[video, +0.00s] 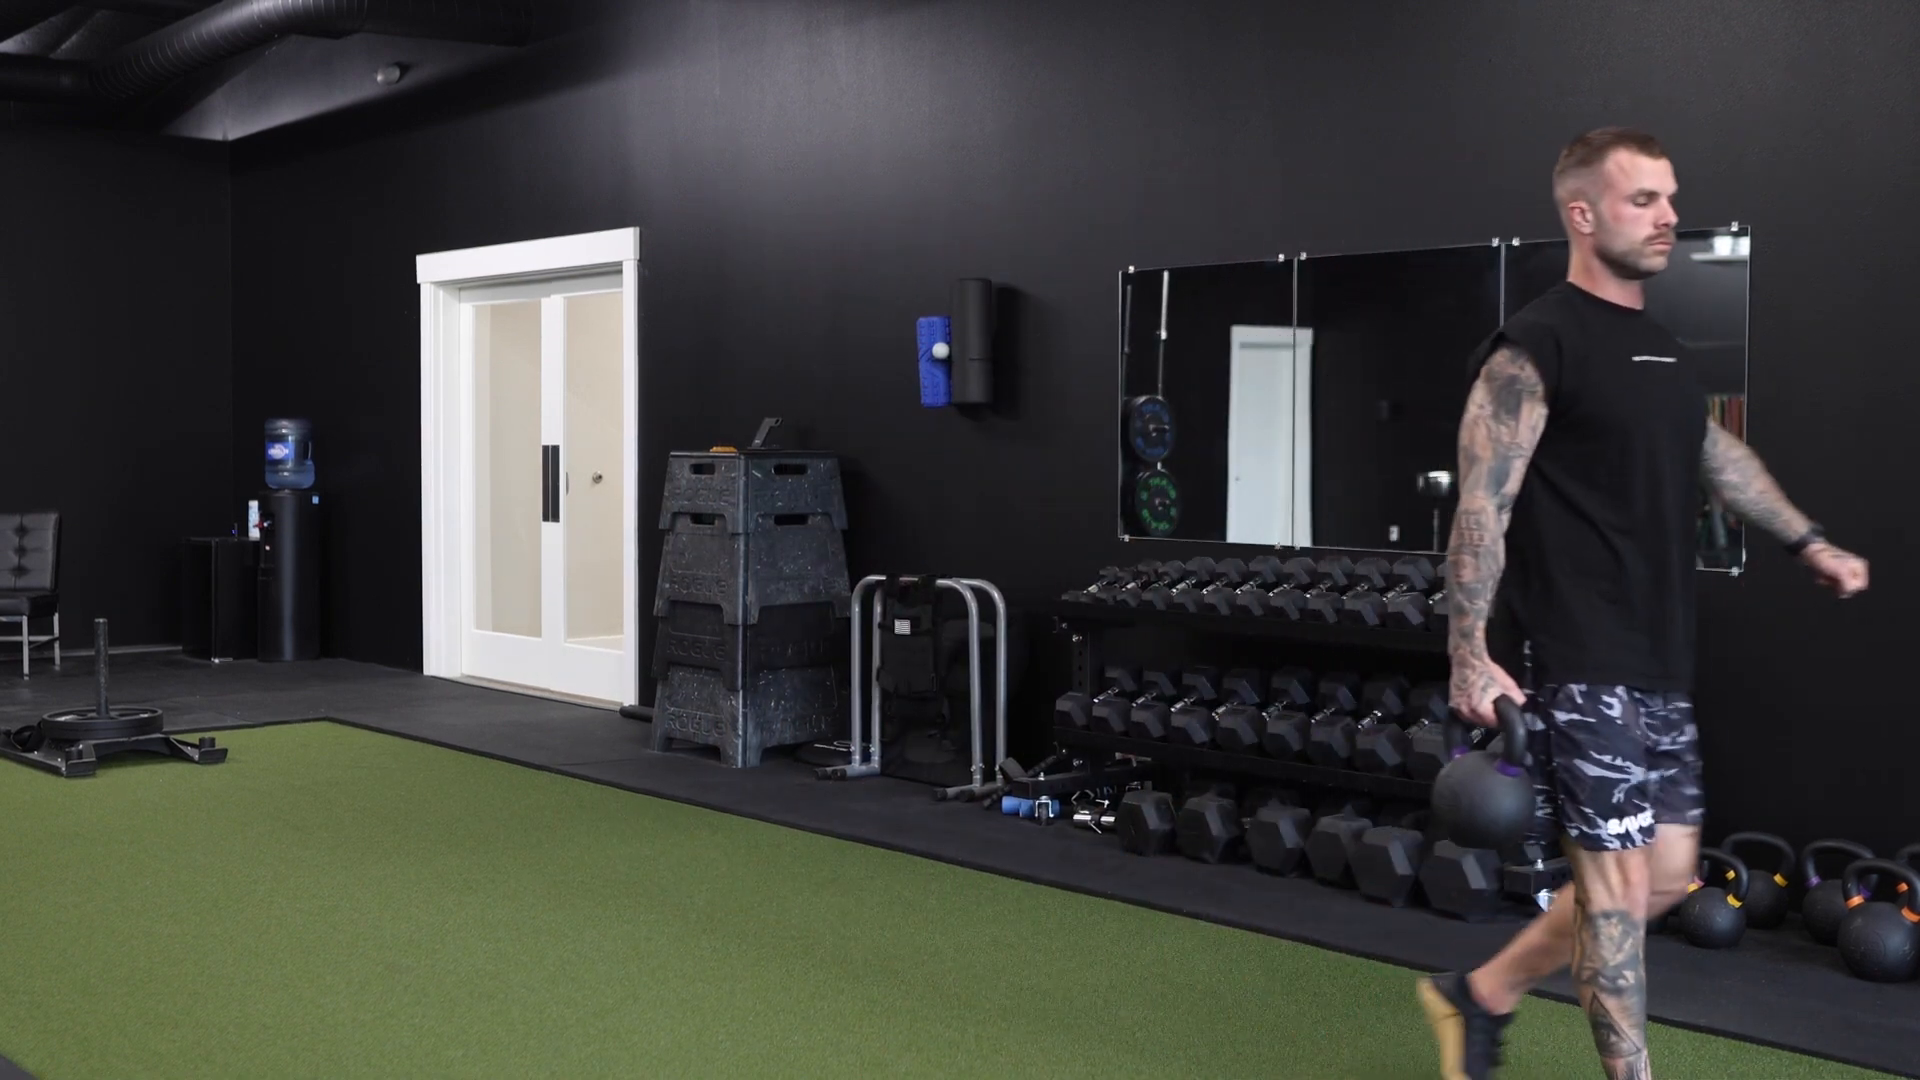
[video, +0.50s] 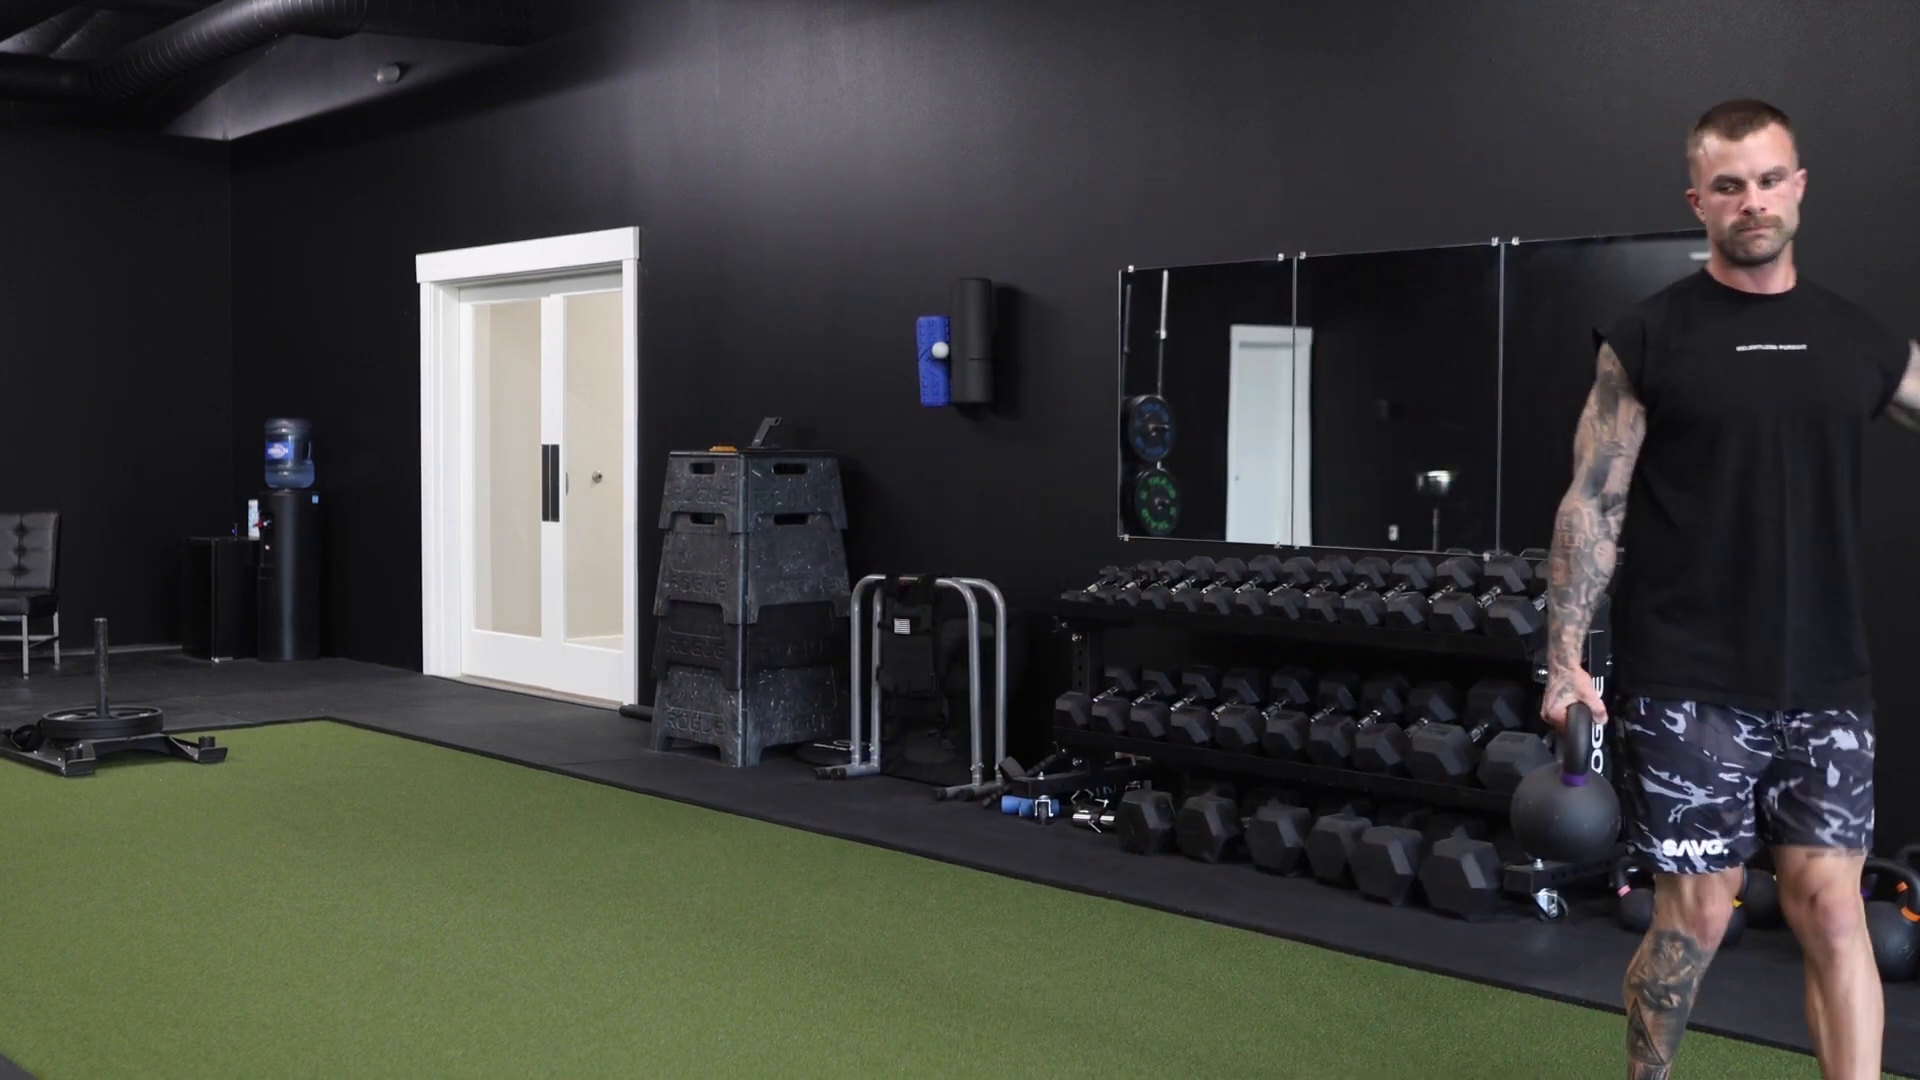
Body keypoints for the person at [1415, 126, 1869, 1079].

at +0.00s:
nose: (1667, 217)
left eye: (1670, 200)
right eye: (1643, 200)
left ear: (1667, 212)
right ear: (1579, 213)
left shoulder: (1653, 344)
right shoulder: (1533, 346)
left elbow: (1718, 454)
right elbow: (1481, 504)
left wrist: (1809, 541)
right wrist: (1467, 647)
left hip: (1659, 654)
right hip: (1577, 657)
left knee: (1670, 866)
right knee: (1613, 879)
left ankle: (1480, 991)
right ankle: (1630, 1072)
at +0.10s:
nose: (1688, 214)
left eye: (1695, 196)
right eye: (1664, 195)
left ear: (1699, 208)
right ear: (1605, 207)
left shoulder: (1702, 348)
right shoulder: (1561, 340)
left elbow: (1771, 447)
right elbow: (1505, 498)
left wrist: (1874, 535)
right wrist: (1493, 645)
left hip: (1704, 655)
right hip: (1605, 657)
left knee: (1748, 872)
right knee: (1632, 893)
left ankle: (1584, 1007)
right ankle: (1636, 1071)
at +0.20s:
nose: (1706, 207)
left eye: (1716, 191)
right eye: (1681, 190)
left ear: (1724, 204)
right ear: (1625, 203)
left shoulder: (1735, 339)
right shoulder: (1581, 337)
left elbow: (1831, 446)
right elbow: (1527, 498)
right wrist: (1513, 645)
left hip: (1742, 658)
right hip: (1631, 664)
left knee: (1799, 876)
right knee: (1647, 897)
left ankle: (1729, 1072)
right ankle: (1640, 1074)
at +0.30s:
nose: (1724, 203)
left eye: (1735, 185)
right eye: (1696, 187)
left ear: (1750, 195)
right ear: (1647, 204)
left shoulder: (1782, 343)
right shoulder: (1600, 338)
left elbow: (1890, 441)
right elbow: (1549, 500)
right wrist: (1533, 650)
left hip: (1772, 664)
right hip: (1651, 670)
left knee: (1825, 891)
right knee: (1663, 900)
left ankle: (1841, 1076)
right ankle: (1644, 1073)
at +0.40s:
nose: (1739, 202)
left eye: (1755, 182)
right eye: (1713, 186)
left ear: (1775, 190)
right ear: (1670, 201)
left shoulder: (1822, 341)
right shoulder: (1622, 340)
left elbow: (1914, 424)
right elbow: (1572, 503)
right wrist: (1548, 653)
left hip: (1799, 669)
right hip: (1667, 674)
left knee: (1838, 901)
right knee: (1678, 910)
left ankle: (1873, 1079)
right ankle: (1646, 1073)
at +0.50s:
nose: (1753, 201)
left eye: (1771, 180)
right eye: (1729, 185)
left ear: (1802, 186)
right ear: (1696, 201)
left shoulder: (1863, 338)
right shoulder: (1647, 338)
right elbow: (1595, 502)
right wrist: (1566, 652)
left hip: (1826, 668)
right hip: (1686, 671)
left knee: (1832, 904)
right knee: (1698, 911)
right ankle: (1646, 1074)